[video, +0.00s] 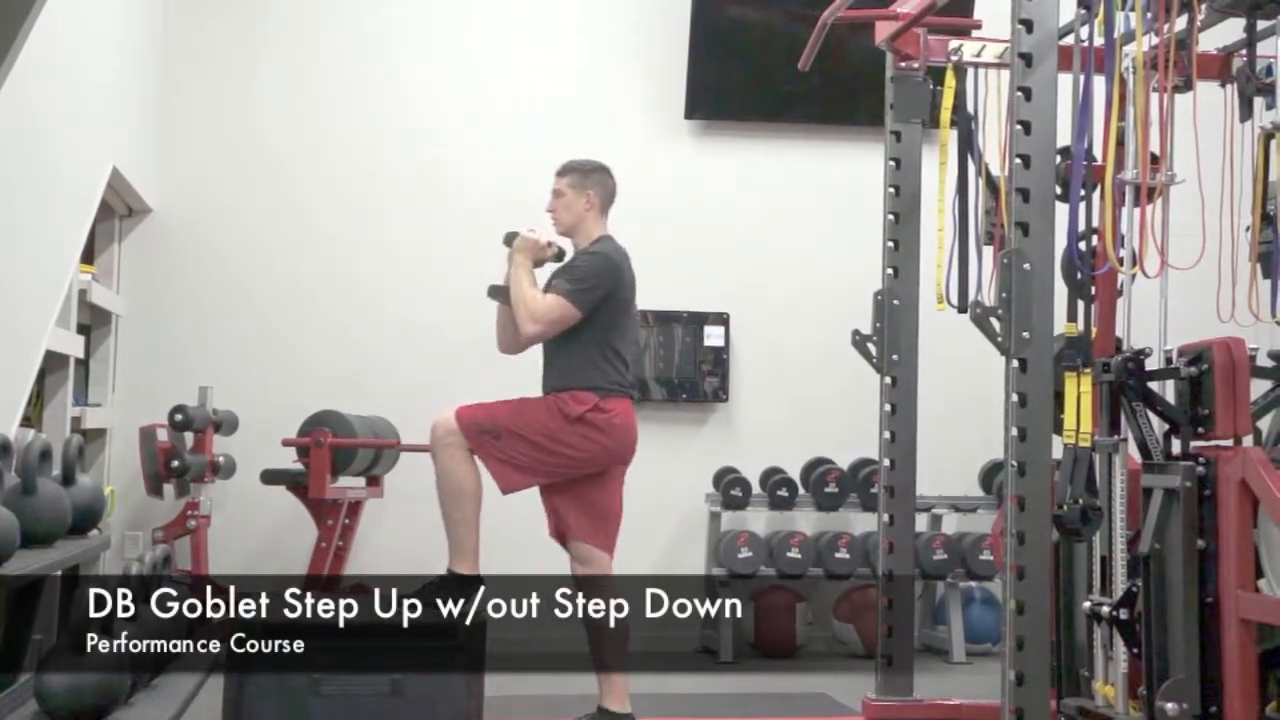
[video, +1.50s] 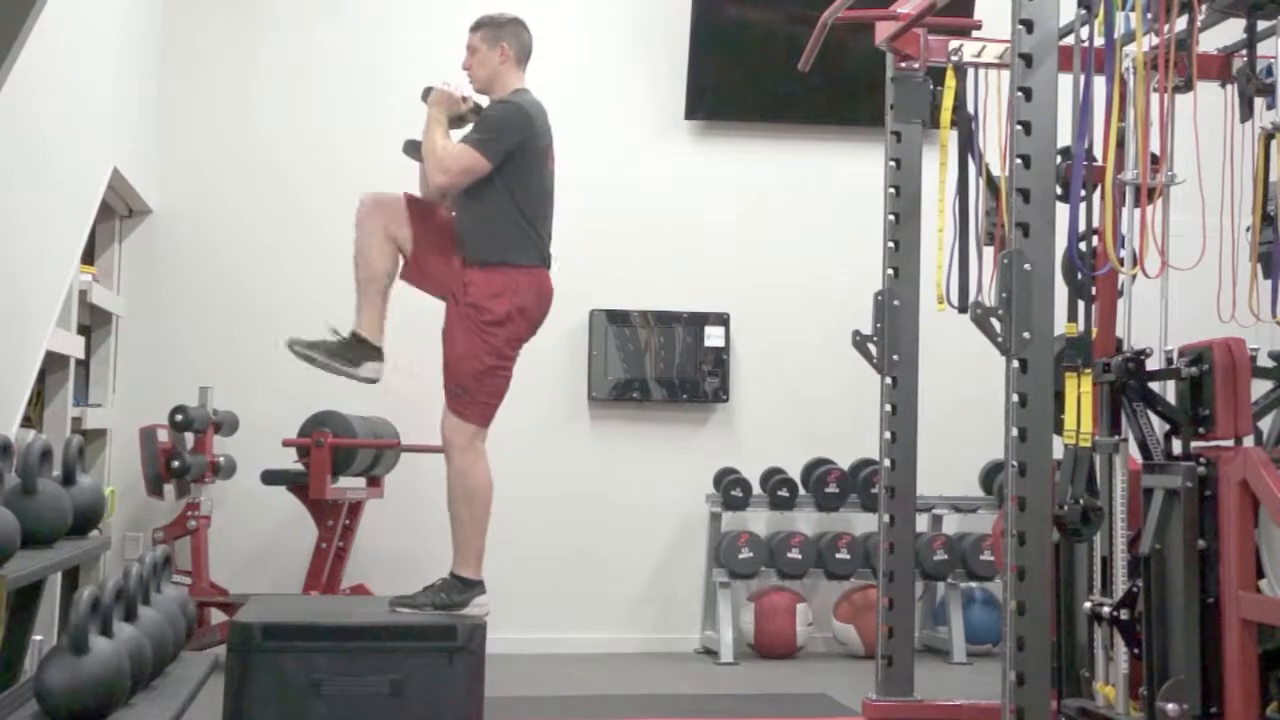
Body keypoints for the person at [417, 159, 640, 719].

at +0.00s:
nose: (549, 205)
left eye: (558, 195)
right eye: (551, 195)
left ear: (590, 200)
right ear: (586, 201)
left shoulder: (604, 260)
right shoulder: (581, 265)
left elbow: (533, 323)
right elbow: (511, 340)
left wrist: (521, 261)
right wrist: (514, 274)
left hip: (590, 414)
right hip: (596, 419)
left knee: (450, 431)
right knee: (591, 562)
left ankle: (463, 577)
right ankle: (616, 706)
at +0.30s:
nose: (555, 204)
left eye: (564, 194)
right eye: (557, 193)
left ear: (597, 202)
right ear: (592, 203)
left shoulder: (607, 261)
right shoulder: (584, 266)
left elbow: (536, 323)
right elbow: (513, 339)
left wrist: (526, 262)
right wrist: (518, 273)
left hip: (587, 416)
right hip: (592, 420)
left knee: (447, 433)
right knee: (589, 562)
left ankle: (462, 579)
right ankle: (616, 707)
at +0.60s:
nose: (528, 208)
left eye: (538, 197)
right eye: (530, 197)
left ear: (569, 203)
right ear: (565, 204)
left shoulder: (584, 262)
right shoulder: (559, 268)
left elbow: (515, 327)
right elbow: (494, 345)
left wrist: (500, 265)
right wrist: (496, 278)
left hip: (575, 418)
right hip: (578, 424)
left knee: (435, 435)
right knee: (565, 572)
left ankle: (462, 577)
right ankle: (613, 708)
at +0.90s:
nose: (485, 186)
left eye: (495, 176)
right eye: (488, 176)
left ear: (527, 182)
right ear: (523, 182)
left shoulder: (540, 241)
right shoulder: (520, 246)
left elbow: (470, 304)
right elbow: (448, 321)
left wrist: (457, 243)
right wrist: (454, 255)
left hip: (548, 394)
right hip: (567, 400)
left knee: (417, 443)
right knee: (553, 552)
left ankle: (460, 579)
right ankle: (600, 691)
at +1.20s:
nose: (461, 80)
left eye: (470, 70)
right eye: (463, 70)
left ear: (502, 74)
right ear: (499, 75)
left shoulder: (517, 134)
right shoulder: (495, 141)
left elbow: (449, 200)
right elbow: (437, 225)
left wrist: (435, 138)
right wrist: (430, 164)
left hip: (529, 296)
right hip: (505, 295)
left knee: (451, 426)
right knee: (414, 400)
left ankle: (466, 578)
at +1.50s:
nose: (464, 65)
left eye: (472, 53)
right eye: (467, 54)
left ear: (503, 53)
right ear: (507, 54)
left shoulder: (515, 112)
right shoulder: (503, 113)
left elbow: (439, 178)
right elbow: (461, 189)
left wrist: (439, 116)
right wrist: (443, 141)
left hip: (504, 284)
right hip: (473, 264)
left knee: (462, 436)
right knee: (378, 212)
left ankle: (466, 582)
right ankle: (365, 343)